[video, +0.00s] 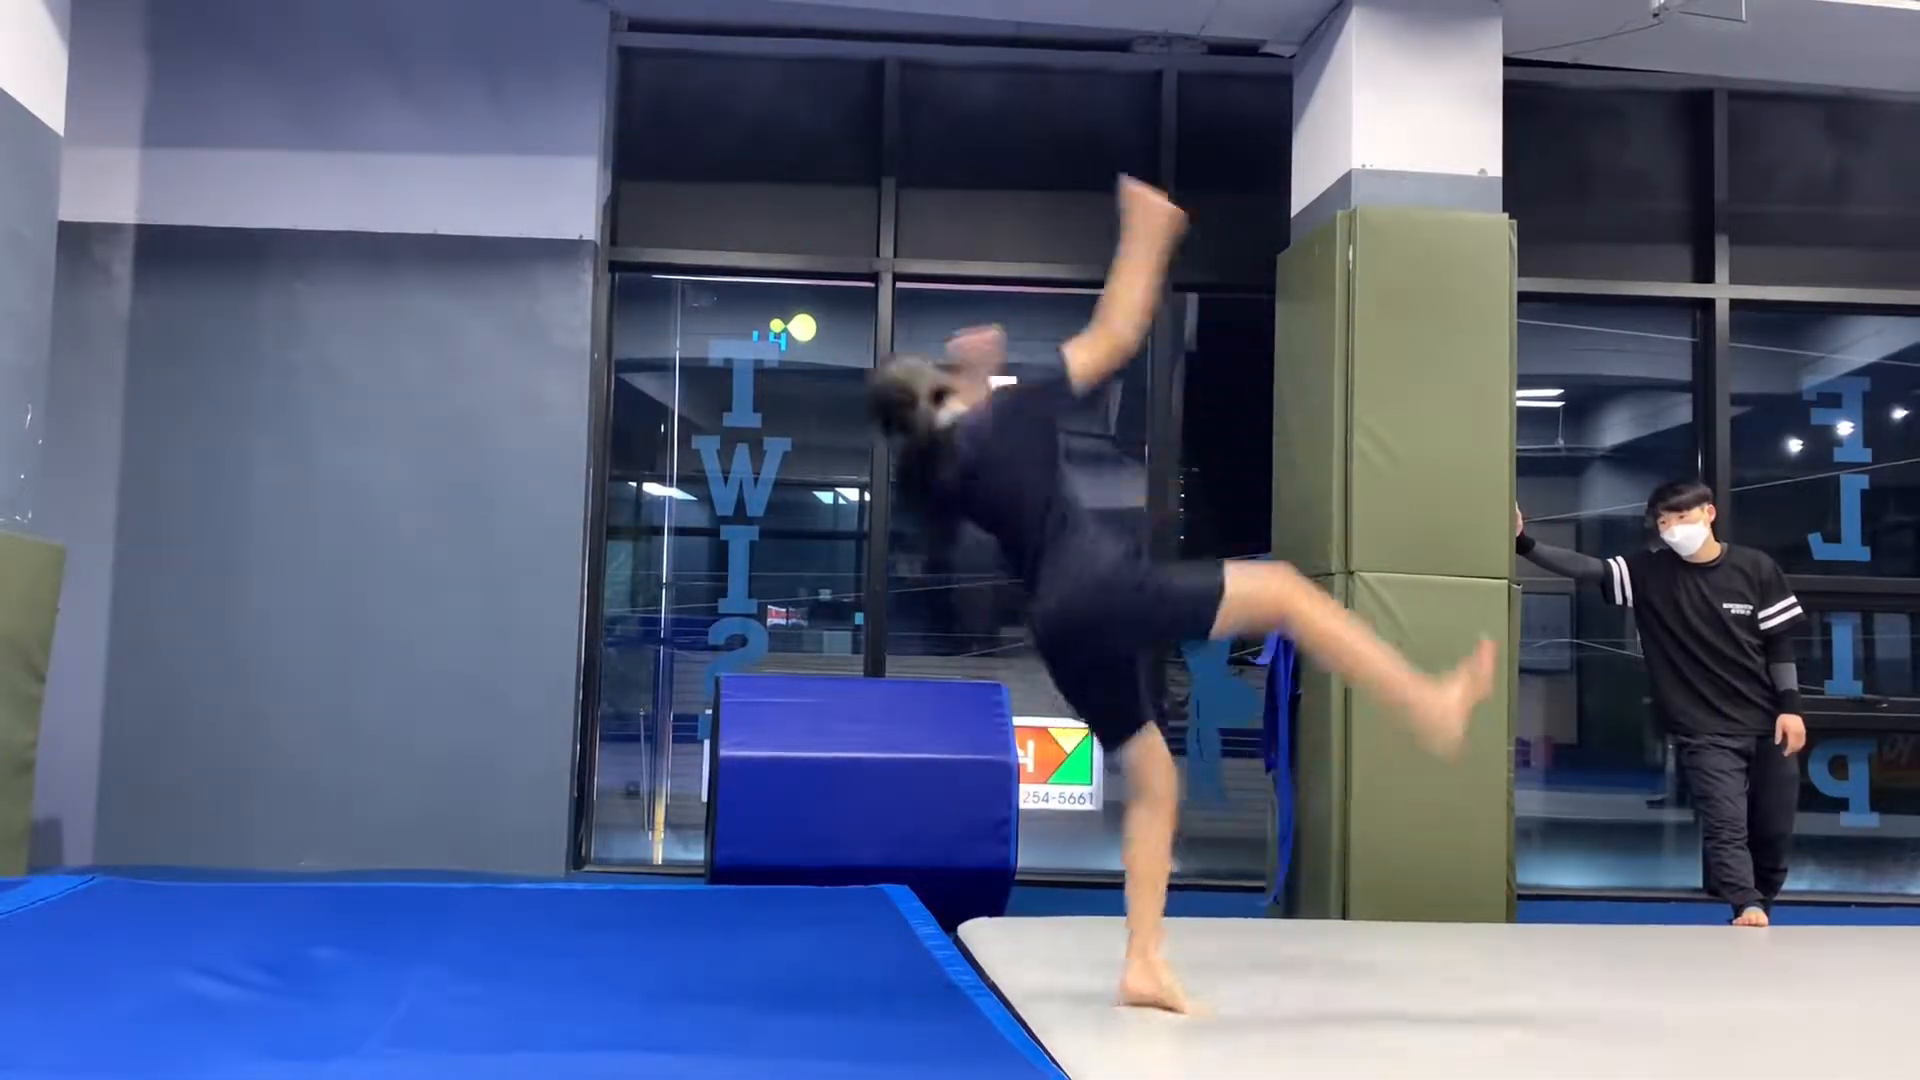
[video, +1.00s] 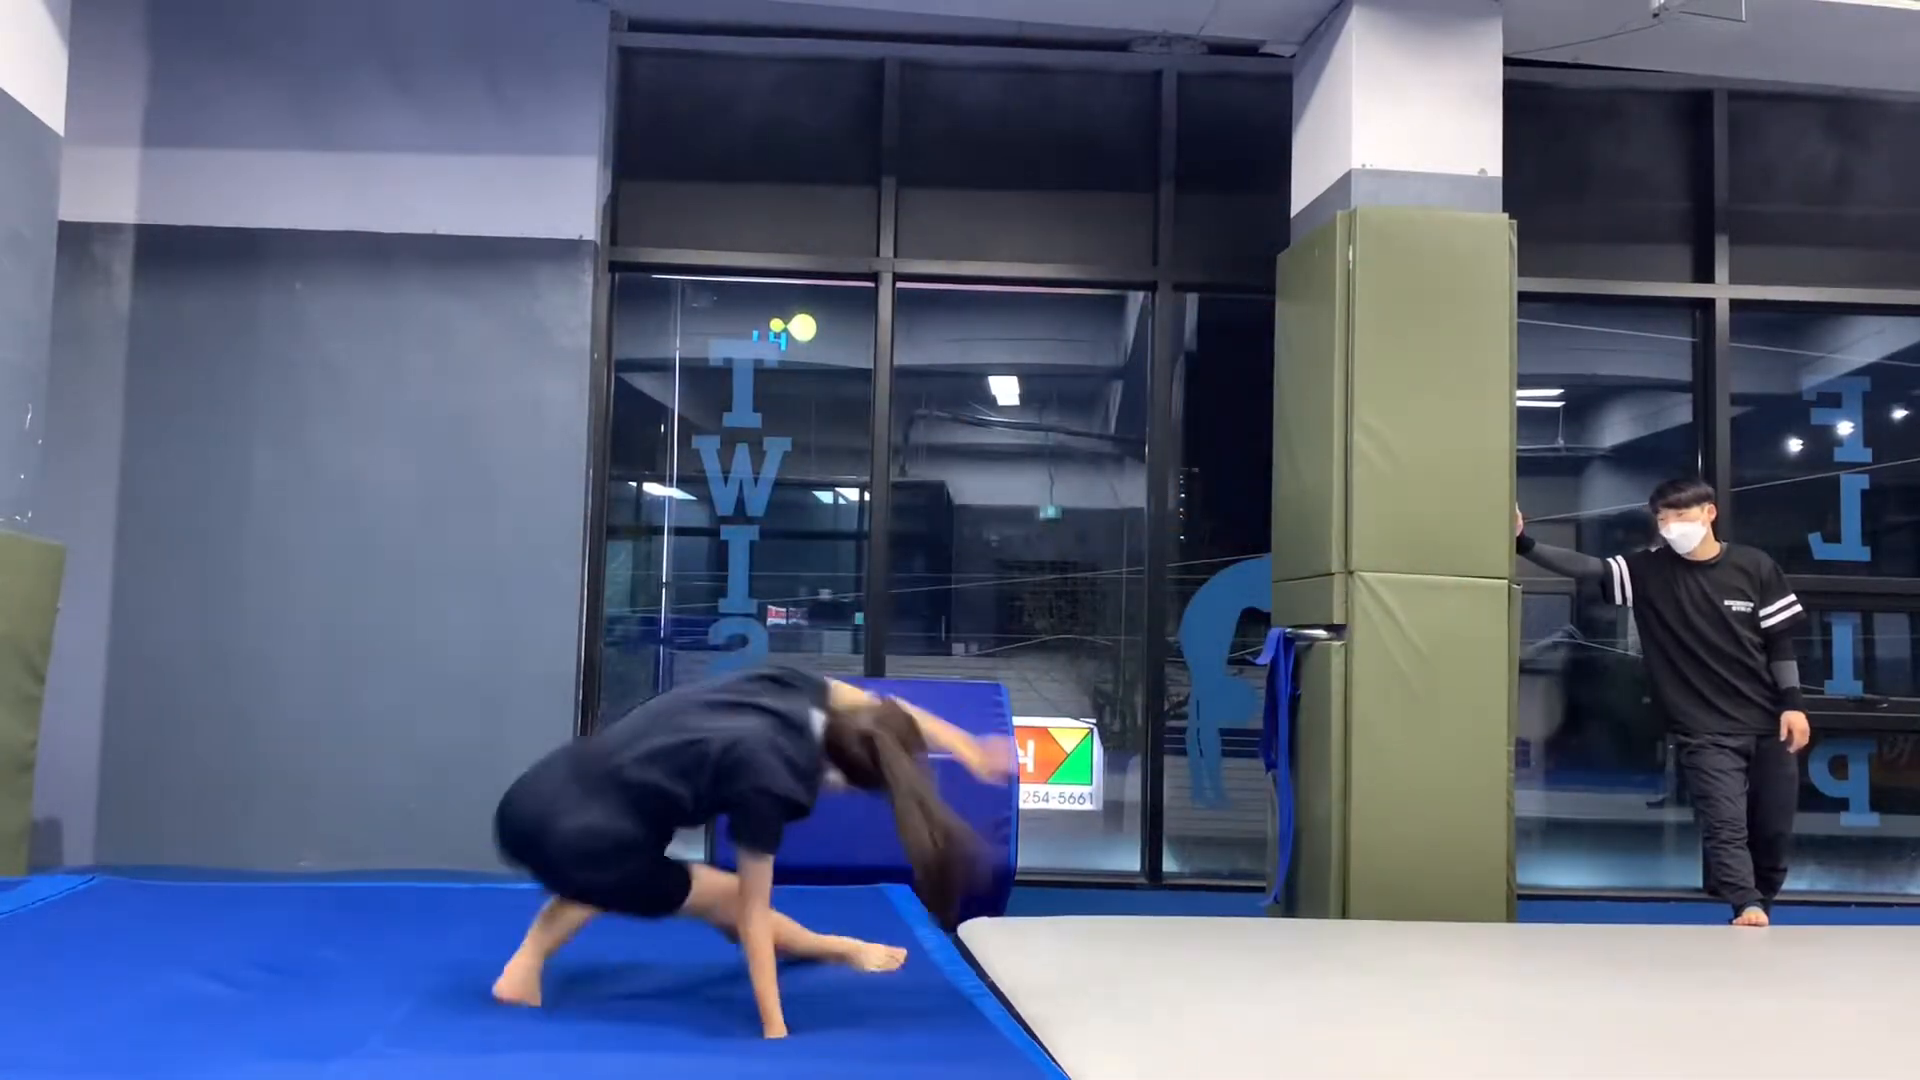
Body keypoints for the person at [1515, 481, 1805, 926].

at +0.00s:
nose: (1670, 524)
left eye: (1681, 513)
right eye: (1663, 517)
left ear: (1709, 513)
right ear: (1656, 525)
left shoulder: (1755, 568)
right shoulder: (1649, 570)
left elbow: (1780, 645)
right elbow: (1587, 568)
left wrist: (1790, 707)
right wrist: (1525, 544)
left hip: (1766, 724)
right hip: (1703, 727)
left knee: (1776, 829)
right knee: (1725, 818)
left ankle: (1759, 901)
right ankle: (1747, 907)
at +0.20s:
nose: (1670, 525)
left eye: (1680, 513)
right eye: (1663, 518)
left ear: (1709, 514)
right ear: (1656, 525)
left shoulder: (1756, 568)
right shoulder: (1648, 570)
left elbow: (1780, 644)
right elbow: (1587, 568)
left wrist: (1790, 707)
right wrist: (1525, 543)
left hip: (1766, 724)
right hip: (1703, 728)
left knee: (1776, 829)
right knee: (1725, 819)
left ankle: (1759, 901)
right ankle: (1747, 908)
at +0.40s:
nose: (1669, 526)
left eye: (1680, 515)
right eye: (1663, 518)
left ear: (1709, 514)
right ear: (1656, 524)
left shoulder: (1755, 568)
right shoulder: (1648, 570)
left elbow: (1780, 644)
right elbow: (1587, 568)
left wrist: (1790, 705)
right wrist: (1525, 543)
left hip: (1766, 724)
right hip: (1703, 727)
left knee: (1776, 828)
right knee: (1725, 818)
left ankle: (1759, 900)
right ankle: (1747, 907)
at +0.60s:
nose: (1667, 527)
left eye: (1678, 516)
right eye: (1662, 518)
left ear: (1708, 515)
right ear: (1656, 522)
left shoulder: (1754, 568)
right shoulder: (1648, 569)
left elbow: (1781, 644)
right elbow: (1586, 568)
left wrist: (1792, 705)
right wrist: (1525, 544)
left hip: (1766, 724)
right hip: (1702, 727)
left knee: (1775, 830)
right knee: (1724, 818)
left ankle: (1759, 901)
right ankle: (1746, 907)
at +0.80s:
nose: (1668, 525)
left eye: (1678, 515)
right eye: (1662, 517)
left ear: (1708, 514)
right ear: (1657, 522)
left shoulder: (1754, 567)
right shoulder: (1647, 569)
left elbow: (1780, 642)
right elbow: (1585, 567)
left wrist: (1792, 704)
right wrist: (1525, 543)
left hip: (1766, 723)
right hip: (1702, 726)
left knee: (1775, 829)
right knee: (1724, 818)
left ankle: (1759, 901)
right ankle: (1746, 907)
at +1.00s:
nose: (1669, 524)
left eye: (1680, 513)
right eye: (1663, 516)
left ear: (1709, 513)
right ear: (1657, 521)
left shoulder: (1755, 567)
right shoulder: (1648, 569)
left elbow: (1780, 642)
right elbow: (1586, 567)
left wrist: (1792, 704)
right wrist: (1525, 543)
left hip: (1767, 723)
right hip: (1703, 726)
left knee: (1775, 829)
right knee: (1725, 818)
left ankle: (1759, 901)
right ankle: (1746, 907)